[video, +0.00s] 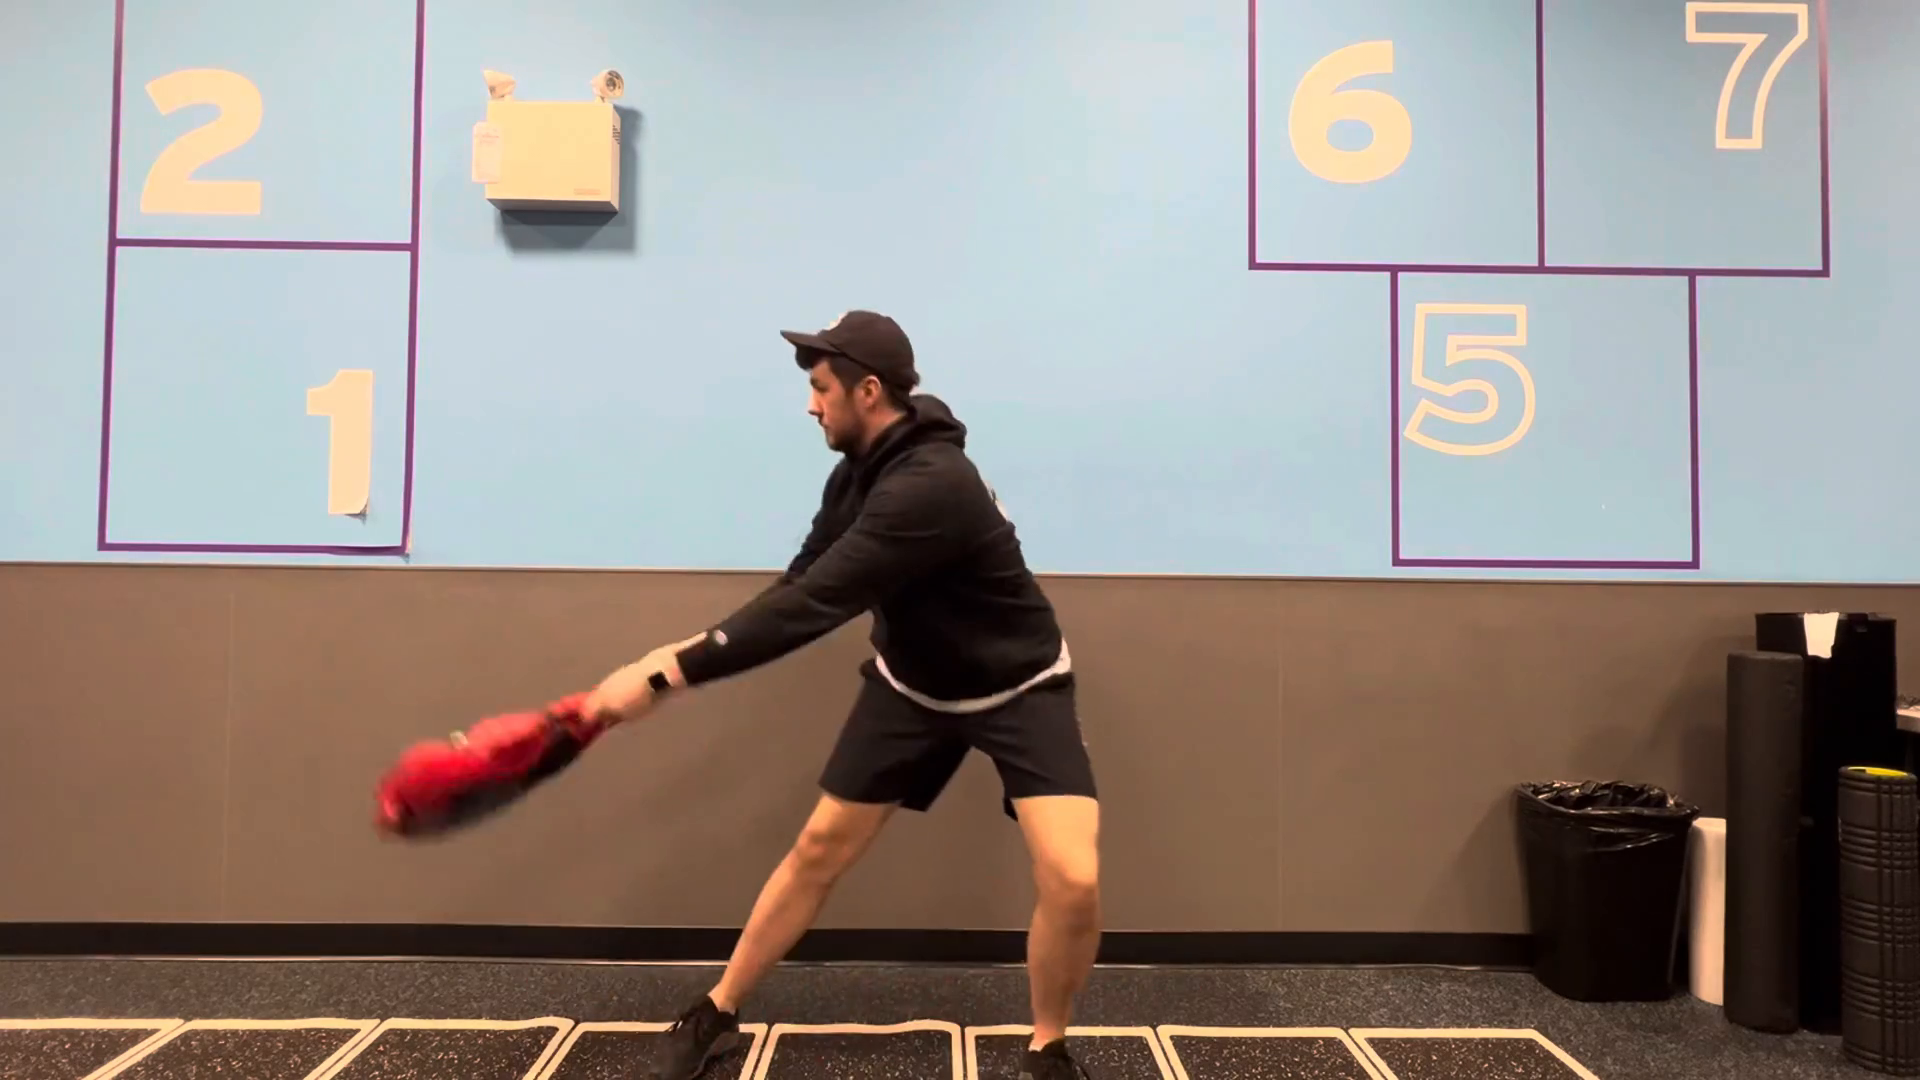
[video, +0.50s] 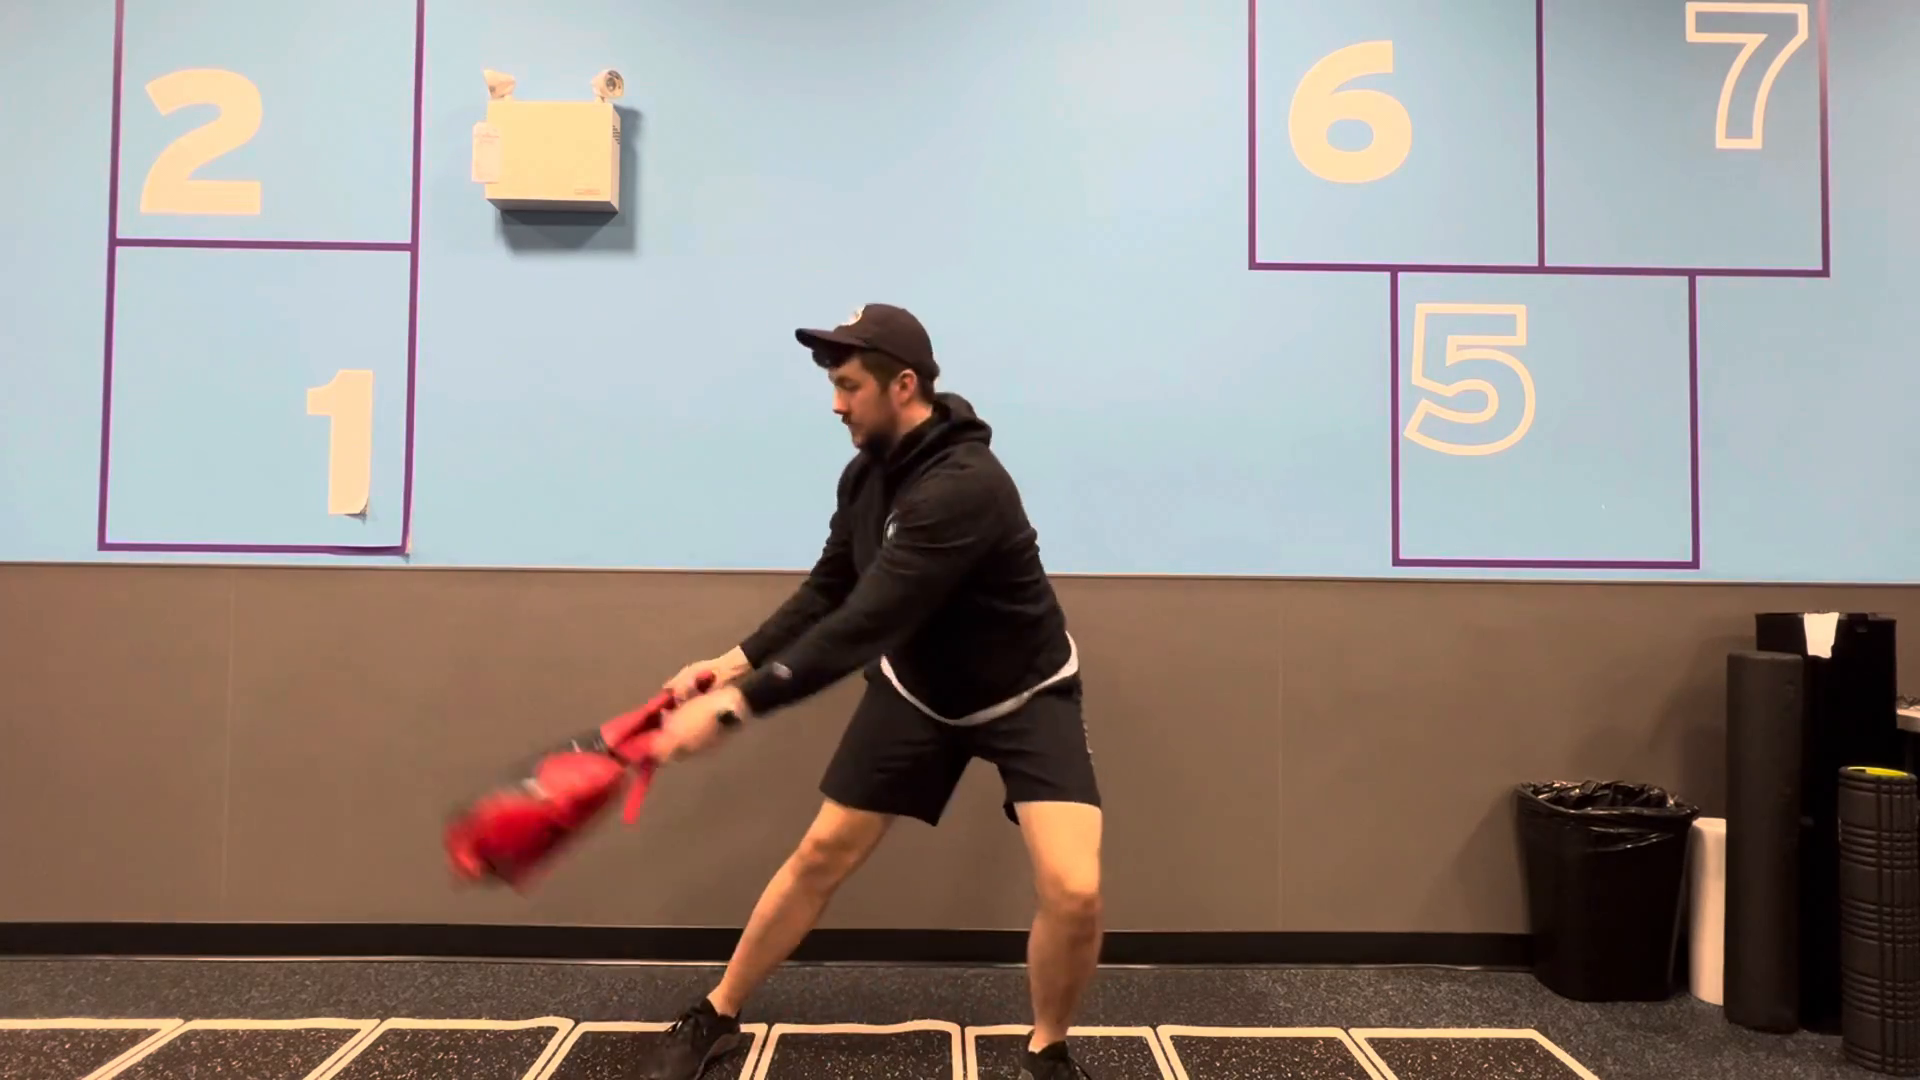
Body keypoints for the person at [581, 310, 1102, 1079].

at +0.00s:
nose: (811, 404)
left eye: (823, 387)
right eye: (812, 387)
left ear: (871, 390)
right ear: (865, 391)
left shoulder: (929, 484)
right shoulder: (854, 478)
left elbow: (818, 602)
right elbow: (800, 586)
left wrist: (666, 672)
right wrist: (690, 659)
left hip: (1020, 687)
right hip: (907, 683)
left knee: (1075, 879)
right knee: (820, 844)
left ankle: (1049, 1048)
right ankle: (718, 1010)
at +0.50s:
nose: (836, 403)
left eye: (850, 386)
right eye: (835, 386)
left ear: (906, 386)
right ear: (887, 389)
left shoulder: (962, 487)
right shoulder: (866, 476)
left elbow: (866, 624)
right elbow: (828, 588)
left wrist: (735, 703)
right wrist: (734, 661)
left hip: (1026, 692)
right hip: (911, 689)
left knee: (1076, 891)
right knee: (820, 855)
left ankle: (1048, 1050)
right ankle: (715, 1016)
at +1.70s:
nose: (819, 361)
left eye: (839, 343)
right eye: (809, 343)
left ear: (885, 343)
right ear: (799, 347)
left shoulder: (954, 437)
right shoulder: (781, 452)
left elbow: (983, 578)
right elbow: (764, 586)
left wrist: (958, 711)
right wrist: (733, 708)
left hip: (953, 657)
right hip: (832, 661)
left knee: (1008, 832)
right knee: (768, 829)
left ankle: (1045, 1040)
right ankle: (728, 1007)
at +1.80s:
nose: (824, 383)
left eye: (839, 367)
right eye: (823, 367)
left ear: (896, 366)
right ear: (869, 370)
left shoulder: (971, 467)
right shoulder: (829, 469)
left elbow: (945, 617)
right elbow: (806, 585)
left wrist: (844, 733)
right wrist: (734, 679)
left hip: (998, 667)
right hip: (886, 665)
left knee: (1050, 853)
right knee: (800, 837)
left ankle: (1049, 1044)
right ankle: (713, 1010)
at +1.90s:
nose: (841, 417)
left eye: (855, 401)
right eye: (842, 401)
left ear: (908, 404)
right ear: (894, 406)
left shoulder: (974, 505)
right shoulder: (870, 500)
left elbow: (887, 644)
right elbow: (838, 606)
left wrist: (750, 725)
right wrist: (744, 680)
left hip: (1037, 693)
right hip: (924, 690)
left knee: (1080, 884)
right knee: (831, 848)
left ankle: (1050, 1048)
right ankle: (715, 1011)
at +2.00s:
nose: (854, 453)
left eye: (865, 436)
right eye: (854, 436)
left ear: (916, 440)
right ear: (904, 441)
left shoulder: (972, 537)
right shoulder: (893, 521)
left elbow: (852, 654)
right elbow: (838, 636)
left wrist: (692, 708)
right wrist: (701, 702)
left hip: (1064, 718)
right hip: (951, 712)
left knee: (1100, 906)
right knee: (847, 858)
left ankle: (1051, 1051)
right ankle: (716, 1011)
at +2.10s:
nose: (855, 474)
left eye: (867, 458)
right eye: (857, 458)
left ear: (918, 464)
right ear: (914, 464)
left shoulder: (972, 560)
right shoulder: (902, 536)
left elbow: (838, 662)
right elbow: (839, 651)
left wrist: (669, 692)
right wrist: (706, 693)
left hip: (1076, 733)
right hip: (964, 726)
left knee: (1111, 922)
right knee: (852, 867)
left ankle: (1051, 1050)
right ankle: (716, 1011)